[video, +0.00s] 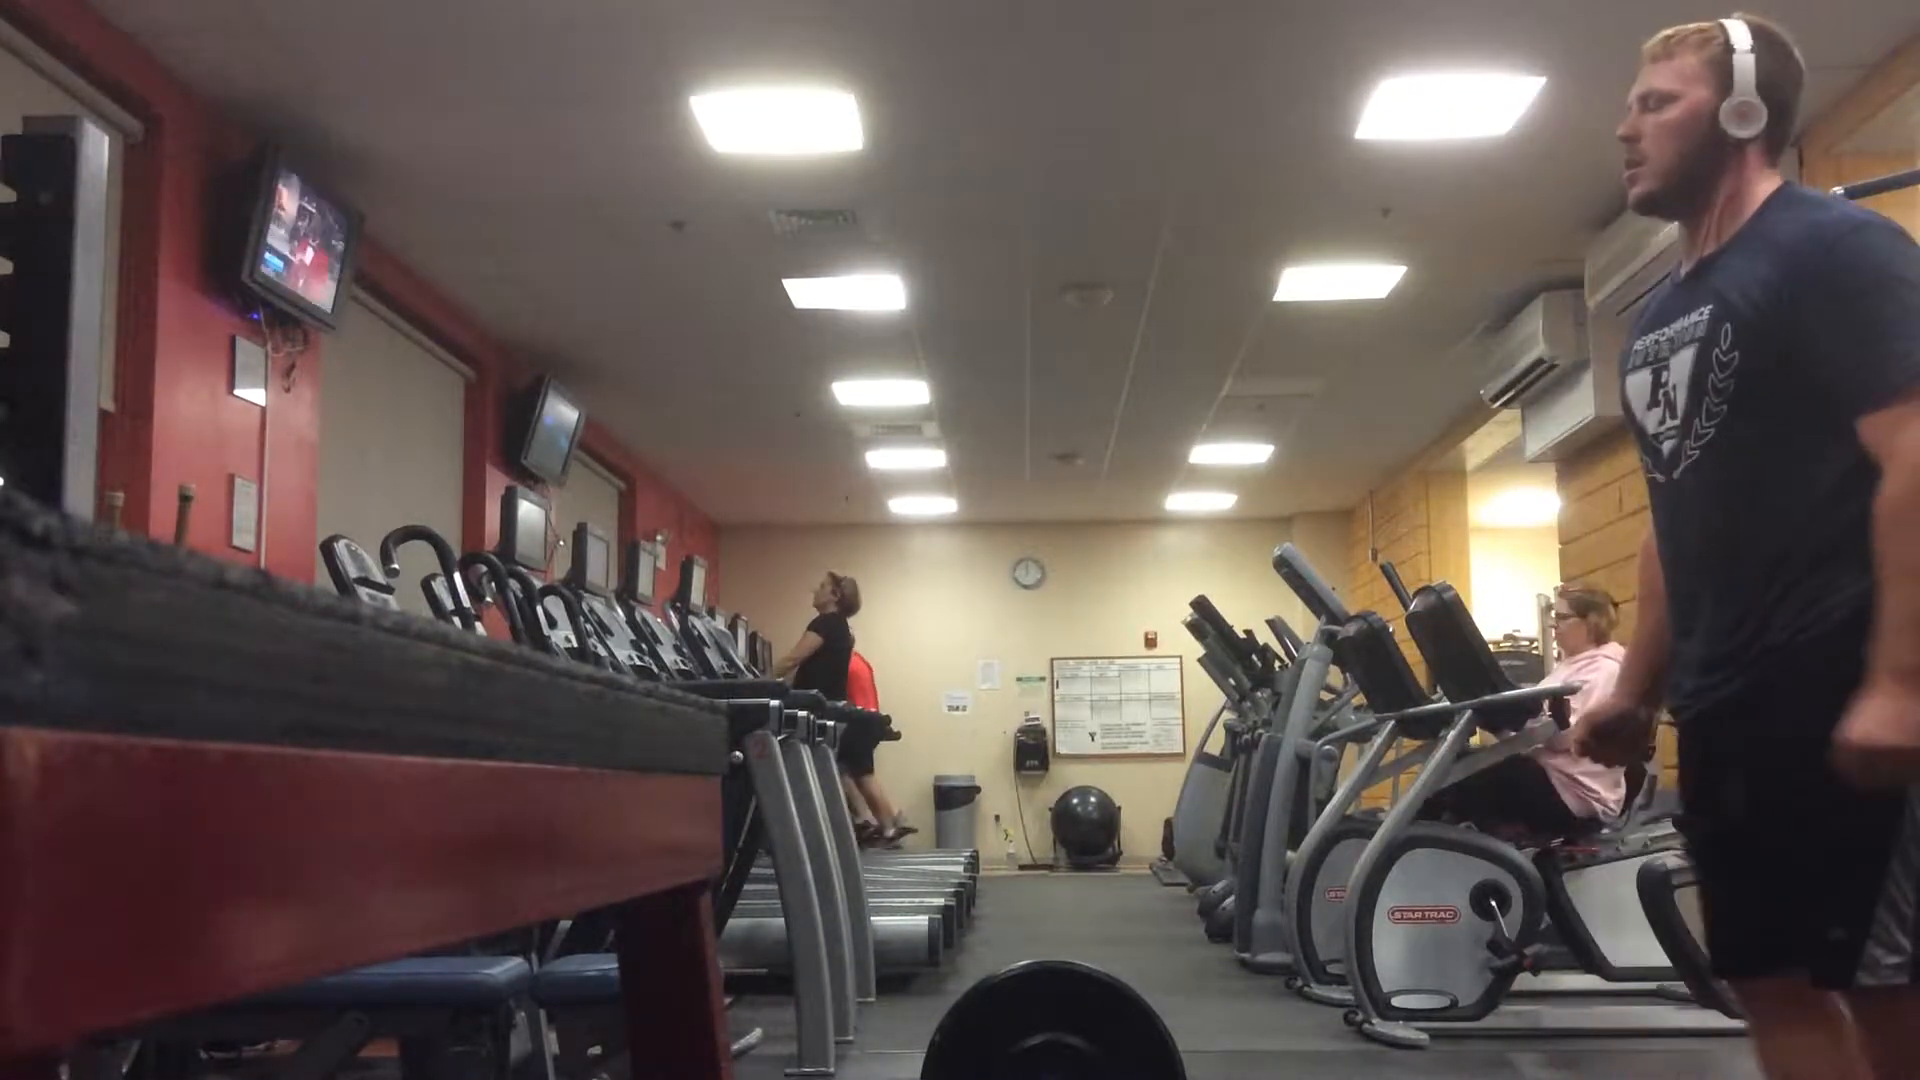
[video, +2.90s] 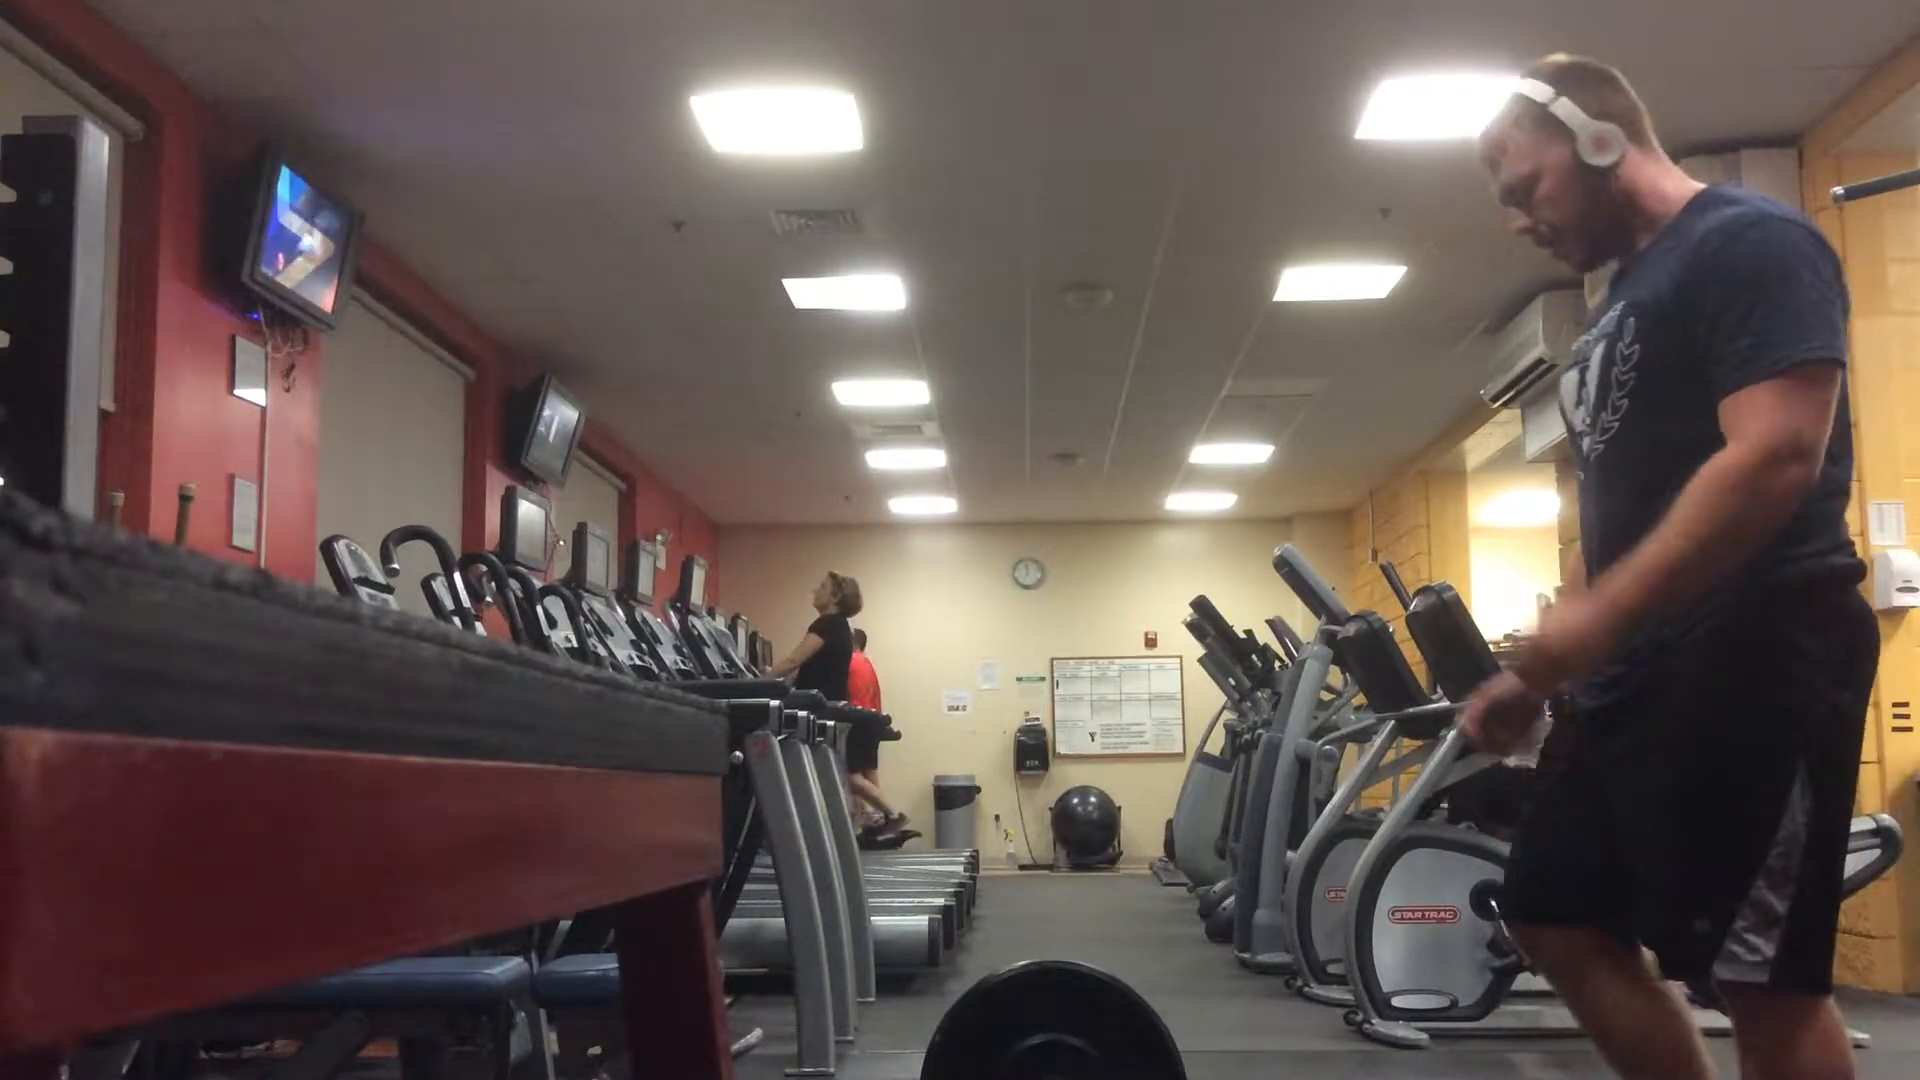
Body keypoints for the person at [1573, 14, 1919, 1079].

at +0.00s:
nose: (1625, 126)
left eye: (1655, 102)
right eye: (1629, 106)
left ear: (1742, 117)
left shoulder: (1835, 245)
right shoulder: (1654, 316)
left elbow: (1911, 458)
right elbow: (1676, 522)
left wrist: (1897, 680)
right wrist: (1633, 696)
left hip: (1843, 681)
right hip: (1719, 698)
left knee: (1887, 983)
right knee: (1772, 981)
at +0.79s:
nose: (1629, 170)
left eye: (1648, 141)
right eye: (1633, 148)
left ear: (1724, 139)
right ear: (1714, 147)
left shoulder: (1801, 242)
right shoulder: (1688, 305)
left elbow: (1832, 442)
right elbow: (1706, 524)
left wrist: (1747, 638)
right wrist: (1655, 698)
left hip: (1820, 641)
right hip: (1737, 653)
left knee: (1800, 978)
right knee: (1763, 968)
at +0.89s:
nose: (1631, 181)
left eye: (1650, 152)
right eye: (1636, 158)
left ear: (1725, 147)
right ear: (1722, 156)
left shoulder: (1805, 251)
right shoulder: (1706, 310)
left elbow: (1811, 452)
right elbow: (1699, 528)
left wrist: (1684, 629)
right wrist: (1633, 696)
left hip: (1811, 637)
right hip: (1758, 646)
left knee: (1689, 929)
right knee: (1809, 956)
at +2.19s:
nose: (1578, 198)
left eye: (1598, 172)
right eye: (1578, 179)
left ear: (1677, 172)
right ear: (1671, 182)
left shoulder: (1776, 256)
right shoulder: (1644, 357)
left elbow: (1850, 441)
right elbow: (1664, 564)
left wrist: (1823, 636)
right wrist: (1620, 732)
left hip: (1812, 658)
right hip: (1732, 683)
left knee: (1738, 949)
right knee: (1830, 975)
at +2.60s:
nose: (1559, 209)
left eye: (1568, 177)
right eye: (1550, 190)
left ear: (1646, 142)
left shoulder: (1769, 246)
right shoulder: (1618, 324)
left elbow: (1792, 456)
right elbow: (1612, 531)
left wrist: (1674, 637)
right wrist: (1551, 687)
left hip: (1773, 645)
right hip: (1670, 663)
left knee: (1773, 985)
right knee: (1732, 978)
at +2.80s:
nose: (1542, 228)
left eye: (1545, 196)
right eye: (1530, 213)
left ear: (1621, 149)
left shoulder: (1769, 242)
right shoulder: (1612, 330)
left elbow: (1774, 455)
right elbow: (1611, 541)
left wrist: (1581, 590)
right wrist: (1512, 668)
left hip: (1770, 649)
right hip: (1645, 660)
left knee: (1770, 987)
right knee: (1599, 942)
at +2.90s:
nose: (1520, 224)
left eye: (1525, 188)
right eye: (1509, 206)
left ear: (1601, 144)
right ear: (1596, 160)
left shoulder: (1750, 238)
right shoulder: (1613, 313)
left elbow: (1778, 456)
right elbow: (1617, 541)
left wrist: (1594, 619)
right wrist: (1539, 680)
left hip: (1773, 642)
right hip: (1649, 651)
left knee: (1766, 983)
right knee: (1561, 919)